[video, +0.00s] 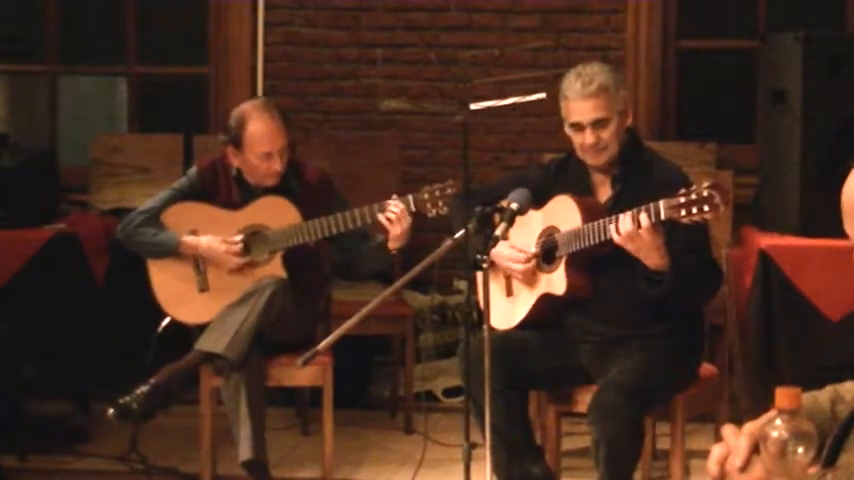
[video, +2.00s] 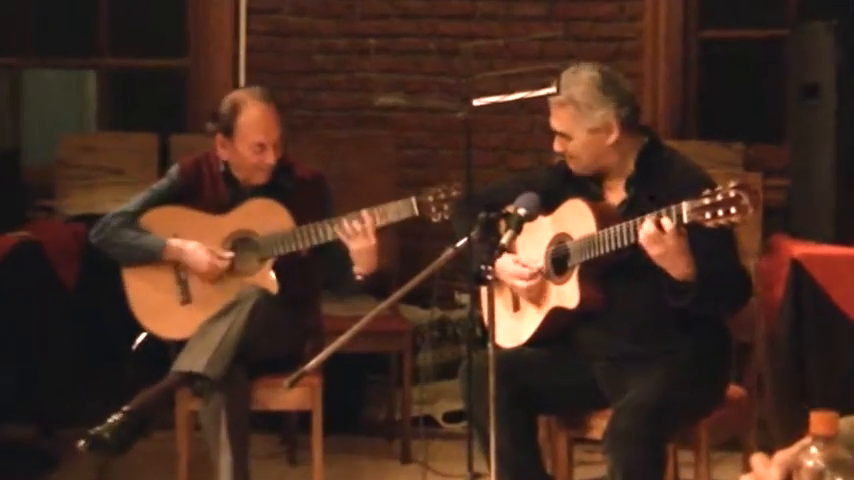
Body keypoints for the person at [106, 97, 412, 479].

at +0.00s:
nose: (277, 166)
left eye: (282, 153)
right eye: (265, 157)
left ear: (289, 142)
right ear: (234, 155)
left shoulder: (309, 183)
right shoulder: (210, 178)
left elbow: (348, 258)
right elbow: (131, 230)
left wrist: (389, 247)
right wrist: (195, 246)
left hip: (296, 315)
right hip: (228, 309)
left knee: (271, 288)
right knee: (244, 352)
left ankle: (168, 380)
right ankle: (255, 468)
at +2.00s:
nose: (270, 158)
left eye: (275, 146)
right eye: (257, 148)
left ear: (283, 139)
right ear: (223, 145)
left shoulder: (304, 188)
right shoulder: (192, 177)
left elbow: (331, 280)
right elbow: (105, 233)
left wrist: (362, 270)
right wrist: (177, 250)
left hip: (284, 331)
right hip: (208, 325)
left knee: (252, 300)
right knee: (225, 368)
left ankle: (143, 409)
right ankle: (232, 476)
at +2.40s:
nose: (255, 147)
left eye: (261, 133)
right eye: (240, 135)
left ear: (269, 129)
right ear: (202, 135)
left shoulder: (291, 189)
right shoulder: (172, 174)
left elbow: (312, 293)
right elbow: (77, 234)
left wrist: (339, 283)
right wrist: (162, 261)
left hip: (270, 346)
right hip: (186, 338)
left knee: (241, 316)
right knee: (206, 405)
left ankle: (107, 428)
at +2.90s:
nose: (228, 137)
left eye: (235, 121)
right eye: (211, 124)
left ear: (243, 118)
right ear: (173, 130)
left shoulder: (274, 189)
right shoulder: (143, 176)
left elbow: (299, 305)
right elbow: (43, 245)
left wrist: (322, 287)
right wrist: (138, 260)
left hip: (253, 360)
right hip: (160, 354)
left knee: (219, 326)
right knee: (184, 412)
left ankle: (83, 447)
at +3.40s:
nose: (161, 142)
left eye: (180, 129)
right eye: (153, 124)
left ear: (220, 132)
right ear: (143, 119)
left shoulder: (265, 190)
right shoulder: (123, 177)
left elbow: (293, 314)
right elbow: (21, 251)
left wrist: (314, 291)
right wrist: (110, 277)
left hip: (242, 370)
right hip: (144, 359)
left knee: (207, 333)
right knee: (172, 433)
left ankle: (92, 446)